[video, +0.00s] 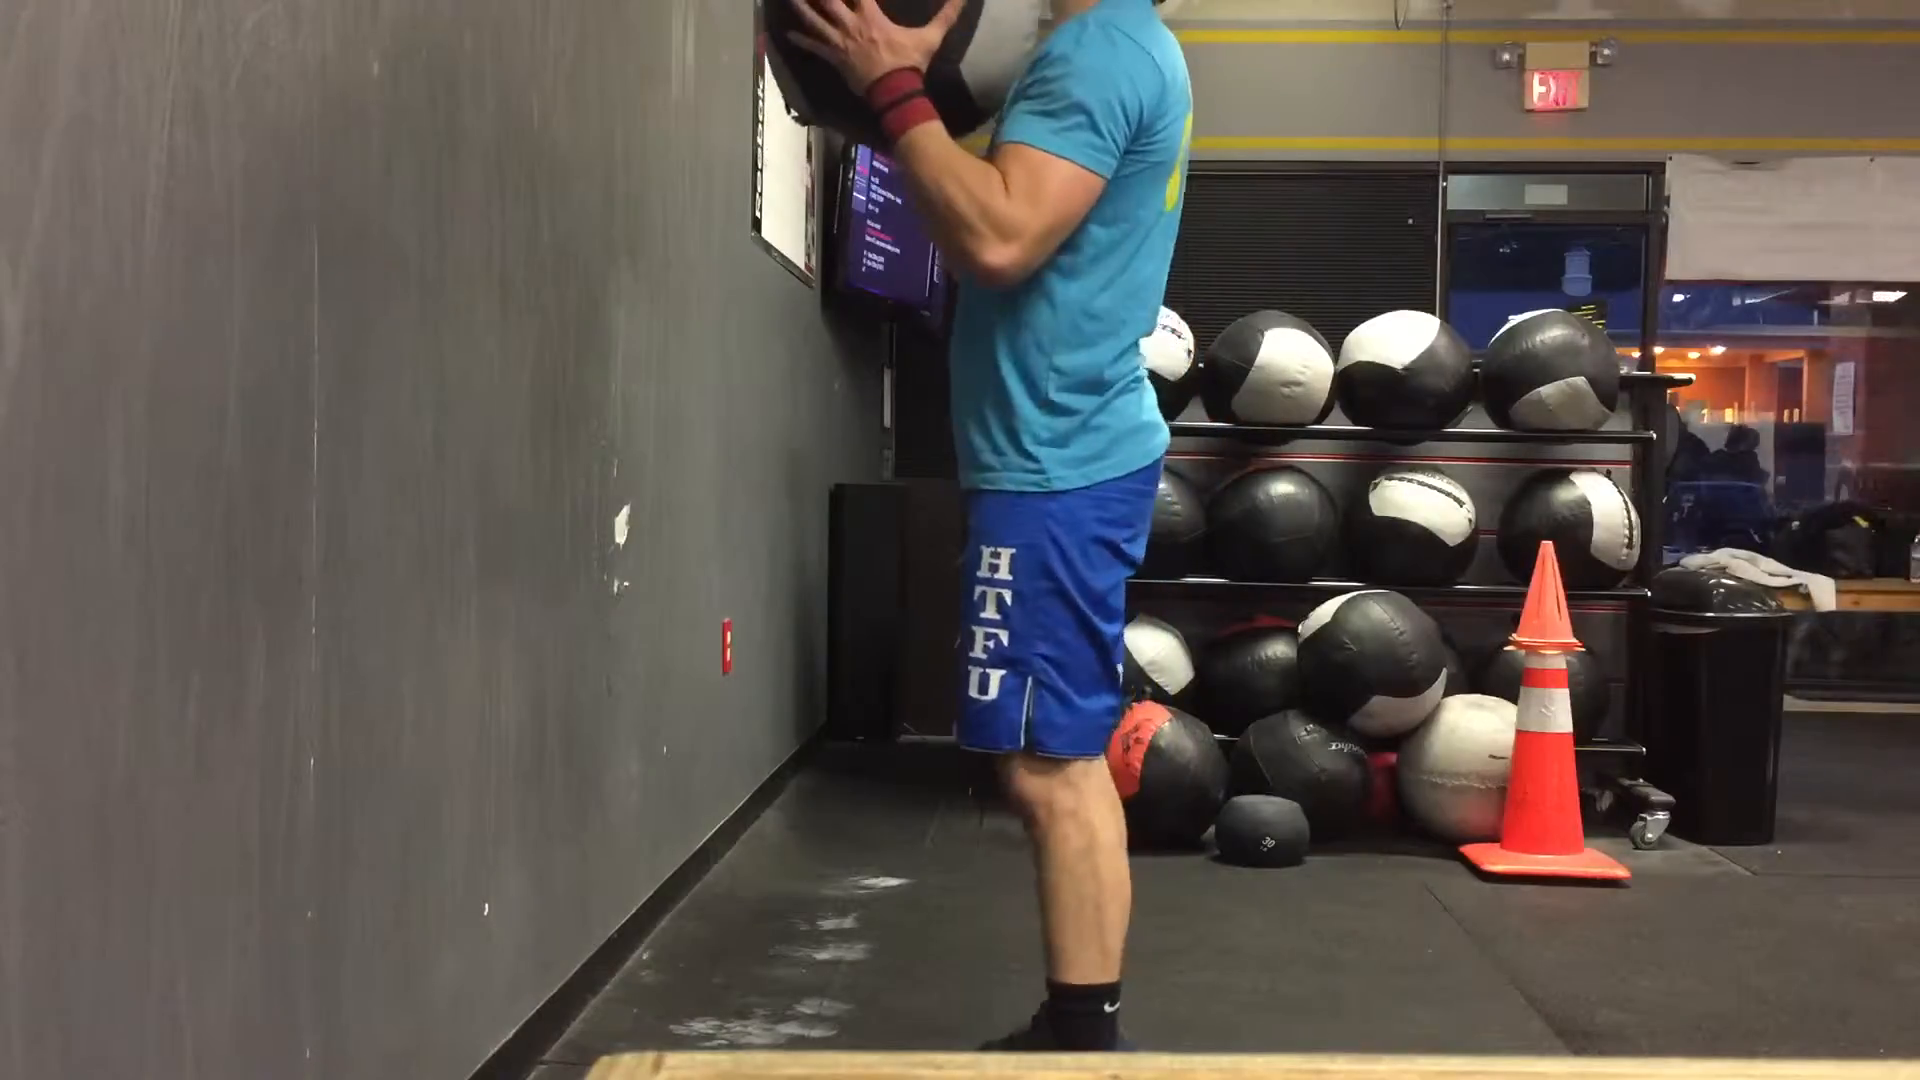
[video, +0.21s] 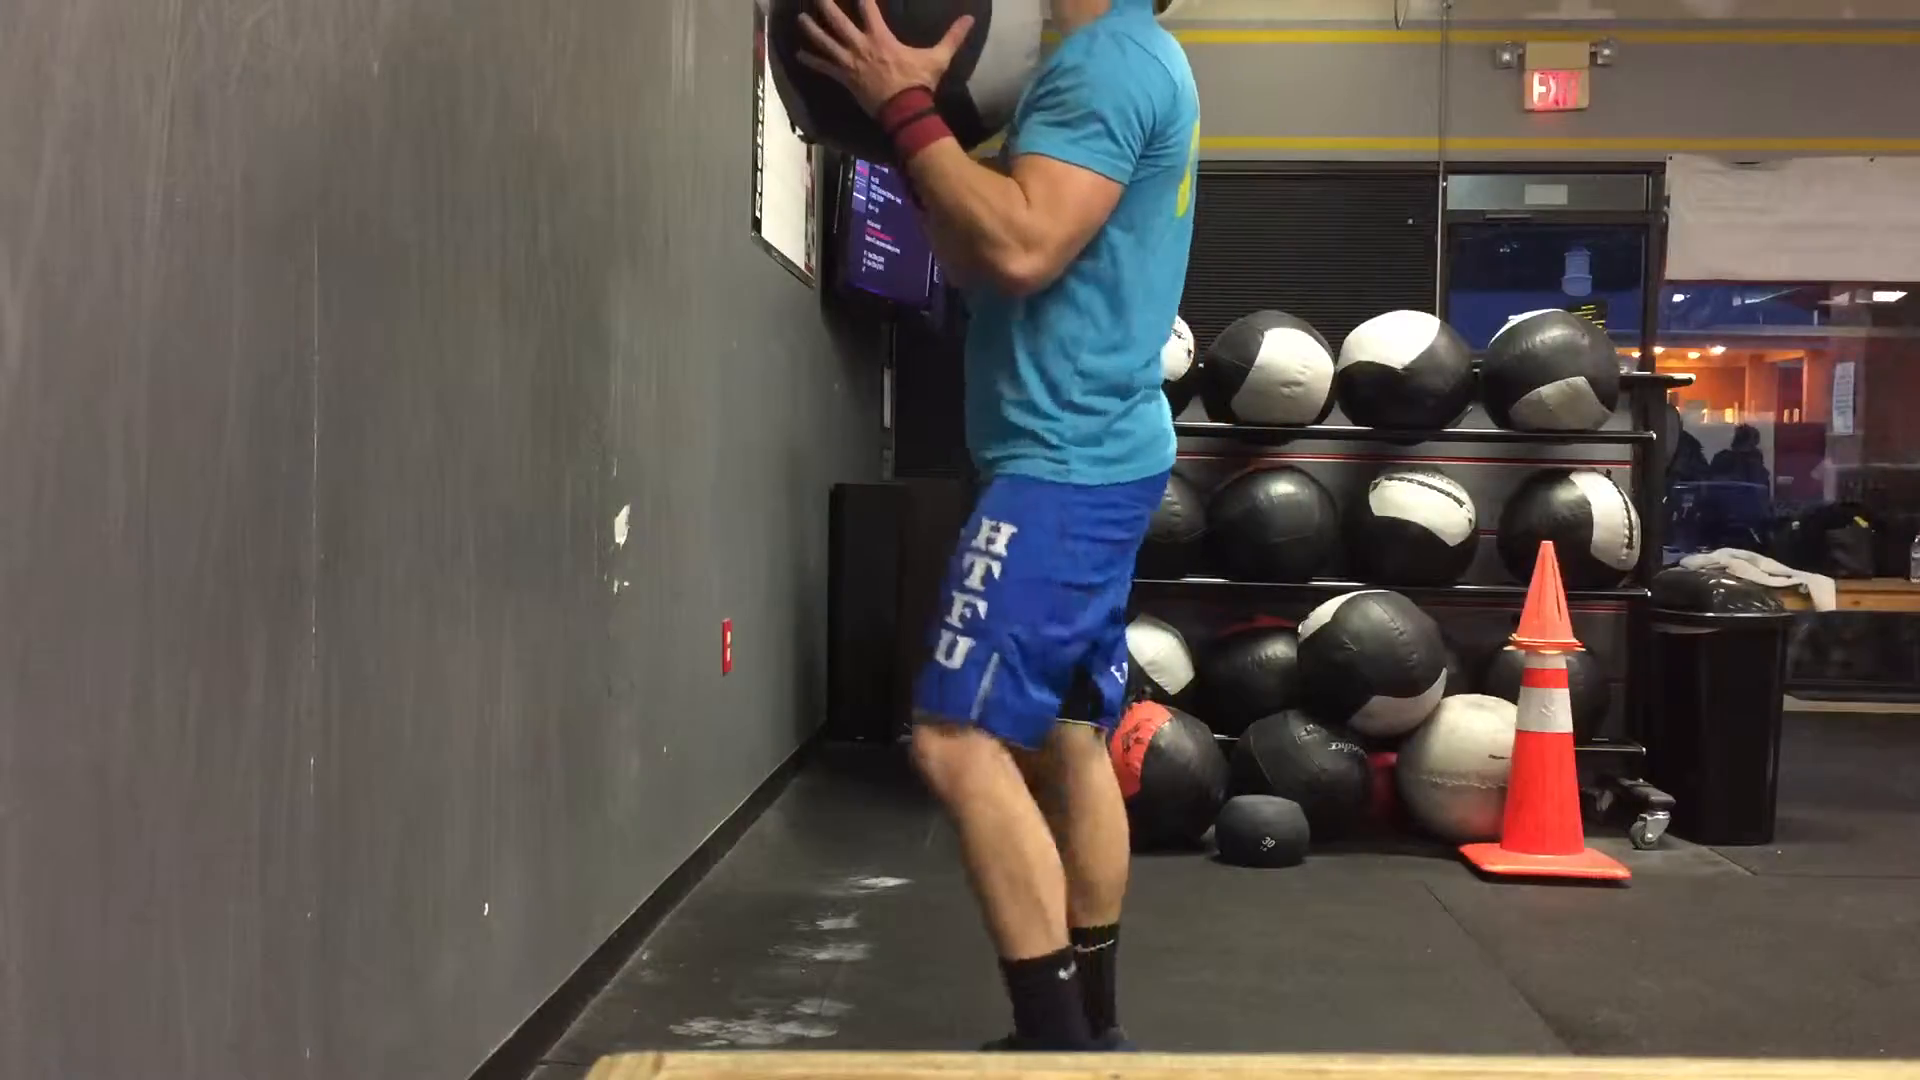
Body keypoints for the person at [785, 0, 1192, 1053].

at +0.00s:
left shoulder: (1106, 53)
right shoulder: (1098, 45)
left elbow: (998, 239)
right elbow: (994, 214)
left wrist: (898, 89)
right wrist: (896, 94)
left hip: (1059, 466)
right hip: (1056, 459)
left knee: (1050, 768)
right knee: (1060, 764)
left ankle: (1080, 1033)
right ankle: (1082, 1027)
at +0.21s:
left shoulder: (1113, 64)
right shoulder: (1103, 56)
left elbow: (1019, 250)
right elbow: (998, 242)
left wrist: (906, 109)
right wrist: (915, 121)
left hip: (1066, 460)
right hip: (1081, 453)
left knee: (958, 738)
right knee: (1062, 734)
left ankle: (1057, 1038)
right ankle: (1090, 1020)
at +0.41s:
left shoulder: (1110, 56)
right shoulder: (1121, 48)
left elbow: (1006, 239)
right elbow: (1004, 227)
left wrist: (895, 102)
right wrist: (913, 114)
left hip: (1053, 463)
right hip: (1085, 453)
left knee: (1007, 757)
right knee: (1062, 743)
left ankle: (1071, 1037)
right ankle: (1088, 1017)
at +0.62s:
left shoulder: (1111, 41)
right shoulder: (1087, 39)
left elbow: (992, 228)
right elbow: (992, 212)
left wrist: (881, 92)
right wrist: (894, 99)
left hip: (1068, 463)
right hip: (1028, 460)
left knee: (1067, 759)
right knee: (982, 733)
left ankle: (1091, 1039)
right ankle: (1064, 1003)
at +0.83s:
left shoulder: (1109, 44)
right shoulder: (1087, 41)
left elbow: (994, 231)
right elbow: (990, 211)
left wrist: (883, 97)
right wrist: (893, 106)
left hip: (1060, 465)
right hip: (1033, 461)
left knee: (1061, 763)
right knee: (1026, 760)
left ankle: (1087, 1035)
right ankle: (1074, 1017)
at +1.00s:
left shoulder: (1100, 53)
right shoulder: (1095, 46)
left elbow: (997, 236)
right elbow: (994, 216)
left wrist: (885, 100)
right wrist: (895, 108)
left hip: (1053, 467)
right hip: (1057, 459)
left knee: (1041, 764)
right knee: (1050, 761)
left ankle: (1077, 1031)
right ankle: (1081, 1025)